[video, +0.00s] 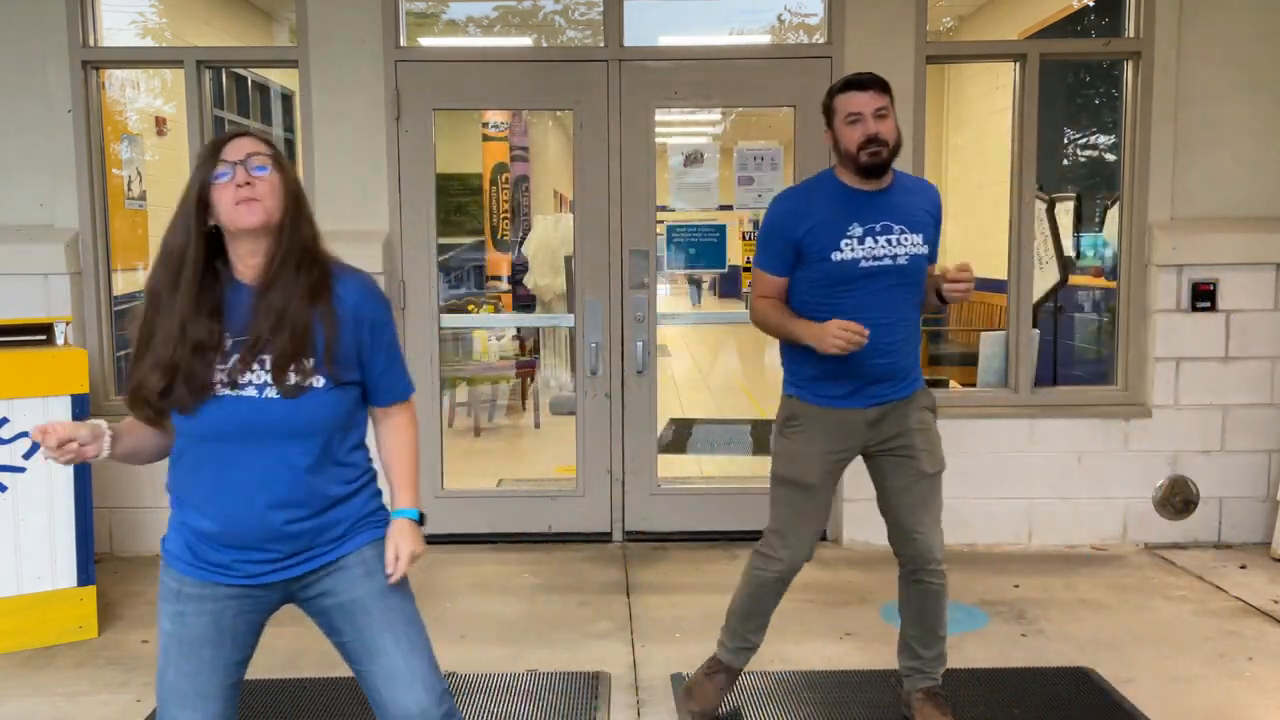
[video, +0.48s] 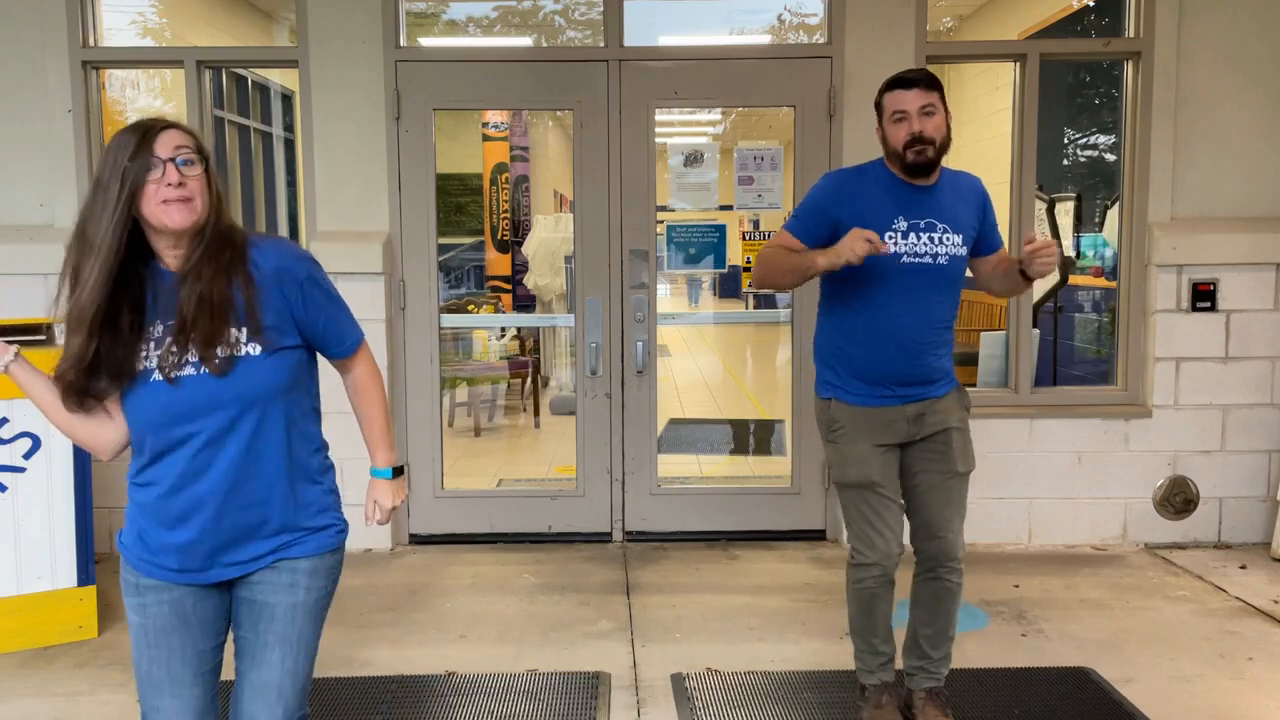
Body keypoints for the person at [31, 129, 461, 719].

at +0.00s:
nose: (243, 178)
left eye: (259, 166)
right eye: (225, 171)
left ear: (288, 191)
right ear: (207, 204)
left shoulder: (350, 297)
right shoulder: (183, 303)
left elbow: (393, 408)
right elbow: (162, 428)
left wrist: (406, 513)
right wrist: (103, 439)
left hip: (342, 547)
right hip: (210, 559)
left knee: (419, 707)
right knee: (188, 713)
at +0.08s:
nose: (218, 176)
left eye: (235, 165)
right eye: (199, 169)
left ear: (262, 191)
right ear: (179, 202)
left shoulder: (322, 293)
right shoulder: (155, 300)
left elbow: (368, 400)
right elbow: (124, 429)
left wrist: (380, 503)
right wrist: (74, 414)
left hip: (321, 533)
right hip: (194, 551)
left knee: (396, 698)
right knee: (180, 713)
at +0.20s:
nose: (195, 165)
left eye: (211, 152)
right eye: (176, 156)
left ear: (237, 176)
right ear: (154, 187)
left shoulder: (299, 273)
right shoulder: (134, 288)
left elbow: (357, 375)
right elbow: (80, 417)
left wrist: (384, 478)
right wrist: (36, 354)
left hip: (306, 516)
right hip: (181, 537)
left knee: (356, 688)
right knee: (188, 711)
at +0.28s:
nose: (186, 151)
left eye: (200, 138)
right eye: (164, 143)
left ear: (224, 163)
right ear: (139, 175)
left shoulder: (289, 257)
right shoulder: (126, 279)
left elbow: (357, 355)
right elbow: (78, 406)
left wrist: (388, 460)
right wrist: (14, 323)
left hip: (300, 509)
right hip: (177, 529)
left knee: (324, 697)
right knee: (191, 709)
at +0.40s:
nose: (175, 162)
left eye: (188, 147)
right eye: (154, 153)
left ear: (212, 166)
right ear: (129, 183)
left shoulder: (279, 257)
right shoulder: (122, 288)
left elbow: (353, 349)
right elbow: (91, 419)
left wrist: (385, 455)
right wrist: (8, 341)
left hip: (292, 528)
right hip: (171, 541)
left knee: (284, 709)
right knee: (178, 711)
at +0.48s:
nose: (173, 174)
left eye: (186, 161)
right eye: (153, 166)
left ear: (209, 179)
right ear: (126, 195)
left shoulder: (278, 267)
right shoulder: (124, 298)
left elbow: (354, 358)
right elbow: (104, 435)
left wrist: (385, 466)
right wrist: (16, 364)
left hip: (288, 543)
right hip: (167, 553)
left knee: (271, 710)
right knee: (174, 712)